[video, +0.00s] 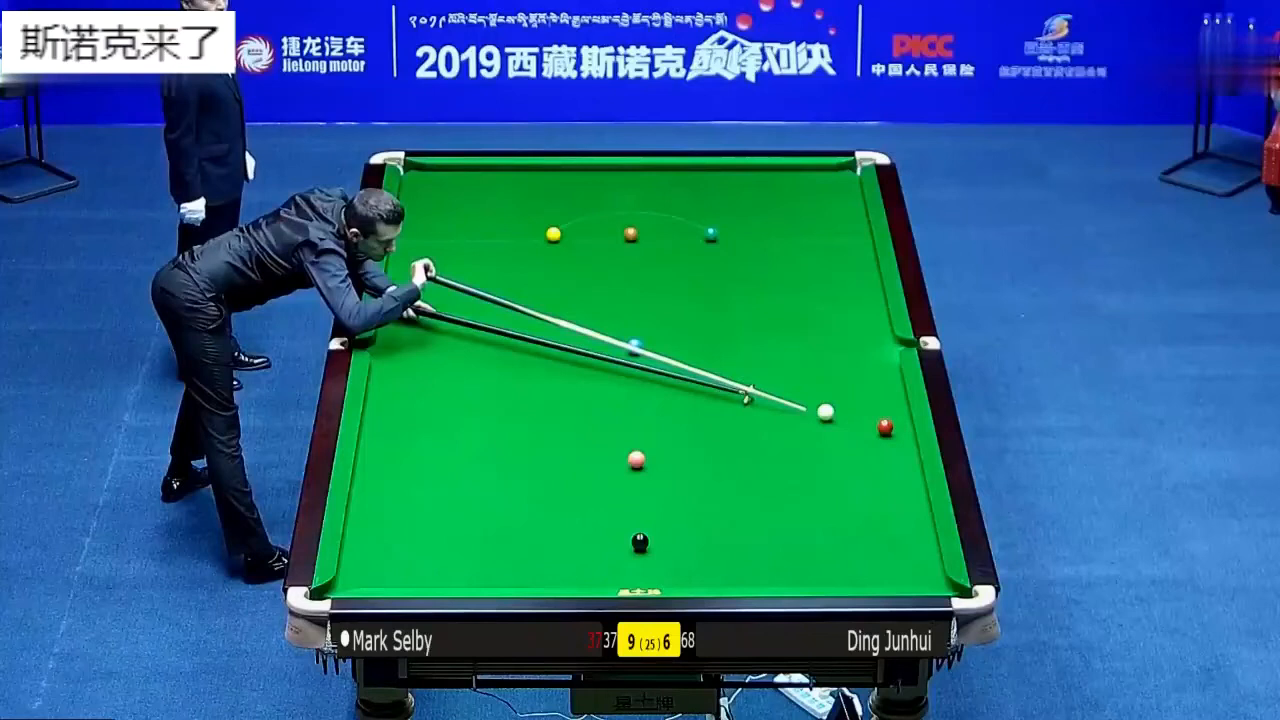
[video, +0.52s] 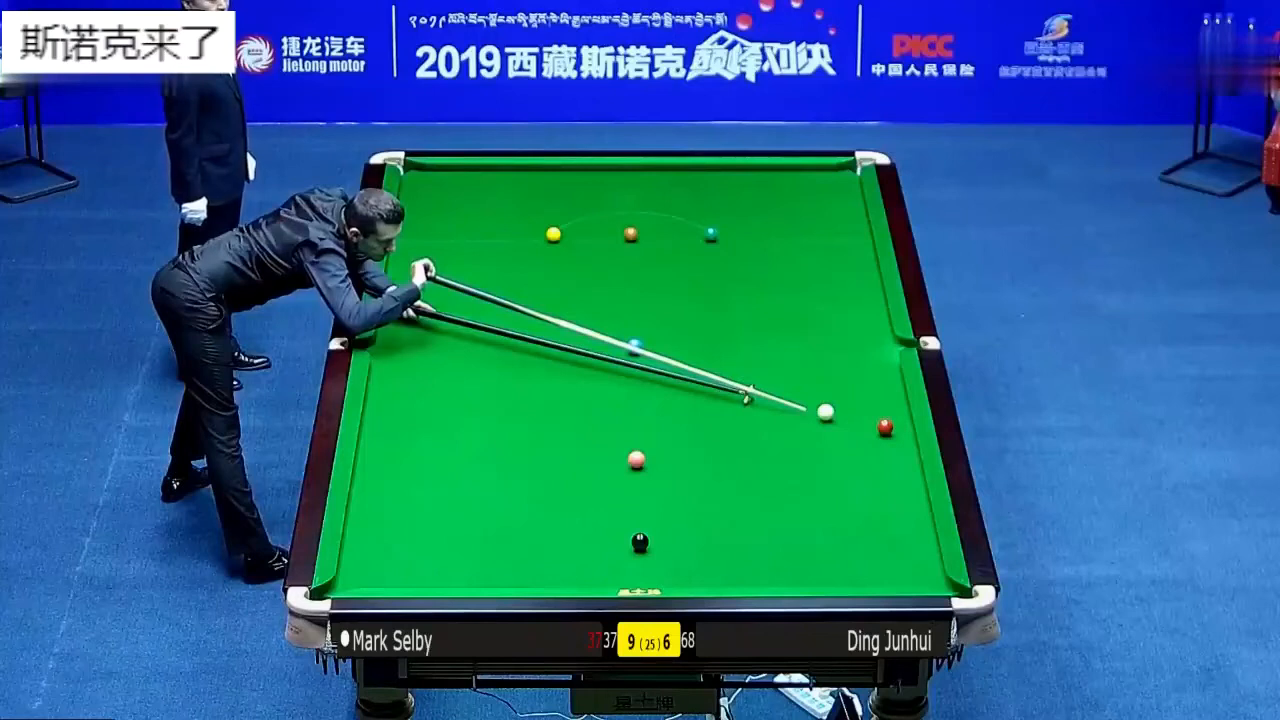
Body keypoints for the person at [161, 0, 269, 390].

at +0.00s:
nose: (223, 9)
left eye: (223, 4)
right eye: (214, 4)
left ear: (220, 10)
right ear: (190, 7)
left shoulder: (217, 54)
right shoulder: (184, 67)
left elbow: (225, 114)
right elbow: (179, 136)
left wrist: (240, 153)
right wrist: (189, 195)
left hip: (226, 184)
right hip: (204, 190)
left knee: (219, 268)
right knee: (204, 274)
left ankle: (217, 347)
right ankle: (213, 353)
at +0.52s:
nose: (224, 8)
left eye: (224, 4)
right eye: (215, 3)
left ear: (220, 11)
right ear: (191, 7)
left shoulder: (217, 54)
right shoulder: (185, 66)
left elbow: (227, 113)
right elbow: (180, 135)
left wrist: (241, 153)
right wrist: (190, 195)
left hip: (227, 183)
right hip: (205, 190)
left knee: (219, 267)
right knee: (204, 273)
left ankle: (216, 347)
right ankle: (213, 352)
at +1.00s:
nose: (225, 9)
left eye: (225, 4)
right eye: (216, 3)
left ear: (221, 10)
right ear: (192, 7)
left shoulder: (217, 54)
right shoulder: (184, 66)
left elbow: (227, 114)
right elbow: (181, 135)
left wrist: (243, 154)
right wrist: (191, 195)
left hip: (227, 183)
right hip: (205, 190)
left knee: (220, 268)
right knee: (203, 274)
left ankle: (218, 346)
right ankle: (208, 353)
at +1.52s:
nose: (223, 9)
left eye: (224, 4)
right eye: (214, 4)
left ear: (220, 11)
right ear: (190, 7)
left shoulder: (217, 56)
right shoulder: (185, 67)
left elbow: (228, 114)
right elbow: (181, 136)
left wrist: (242, 153)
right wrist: (191, 195)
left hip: (227, 185)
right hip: (205, 191)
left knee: (220, 269)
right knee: (203, 274)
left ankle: (219, 347)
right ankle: (208, 354)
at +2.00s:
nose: (222, 8)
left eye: (222, 3)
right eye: (212, 3)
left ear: (219, 9)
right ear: (189, 6)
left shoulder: (216, 51)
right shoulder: (183, 64)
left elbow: (227, 114)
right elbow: (180, 136)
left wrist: (243, 154)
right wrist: (190, 194)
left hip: (228, 183)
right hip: (205, 190)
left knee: (220, 271)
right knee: (201, 276)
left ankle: (219, 349)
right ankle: (202, 357)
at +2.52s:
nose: (221, 8)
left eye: (222, 4)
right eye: (212, 3)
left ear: (222, 9)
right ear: (190, 7)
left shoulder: (221, 53)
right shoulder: (182, 64)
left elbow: (233, 121)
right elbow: (176, 134)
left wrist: (246, 172)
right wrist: (186, 193)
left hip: (231, 186)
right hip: (204, 190)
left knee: (230, 275)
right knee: (197, 281)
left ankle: (231, 352)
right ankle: (194, 360)